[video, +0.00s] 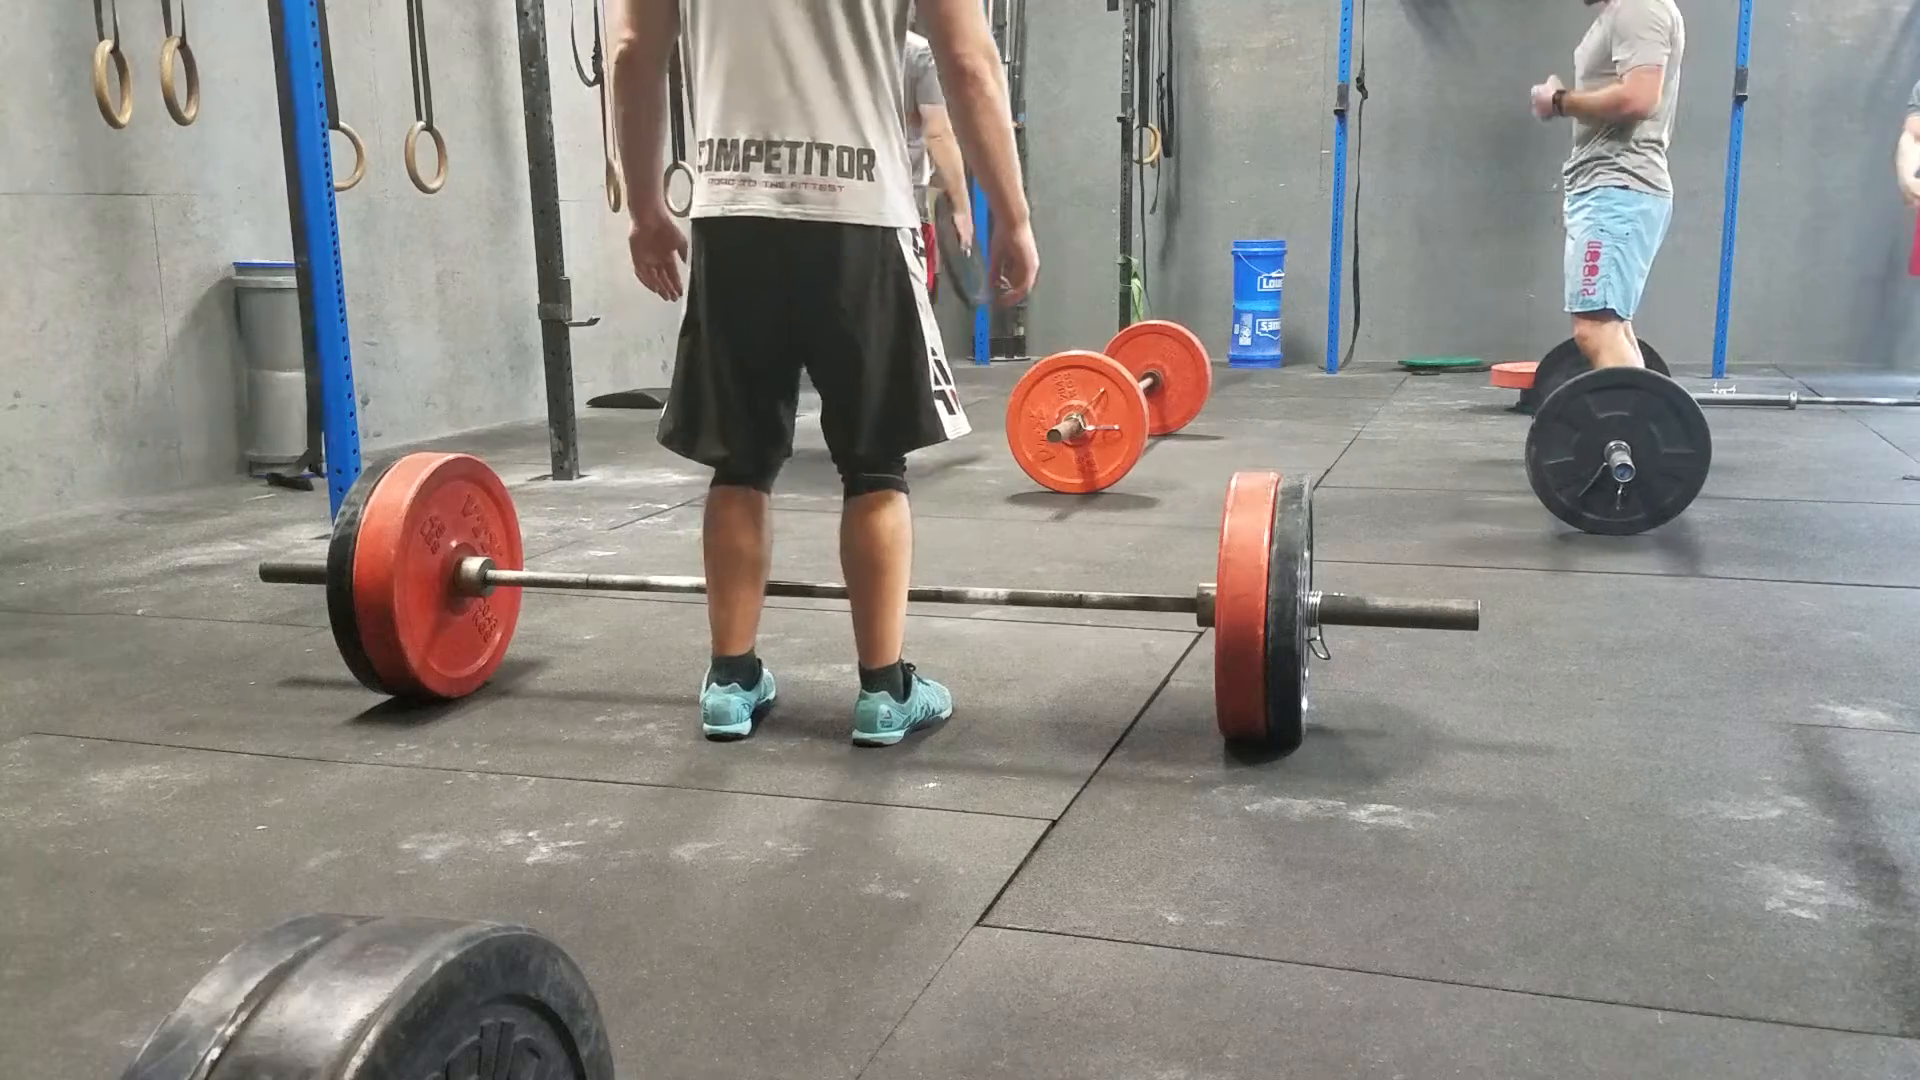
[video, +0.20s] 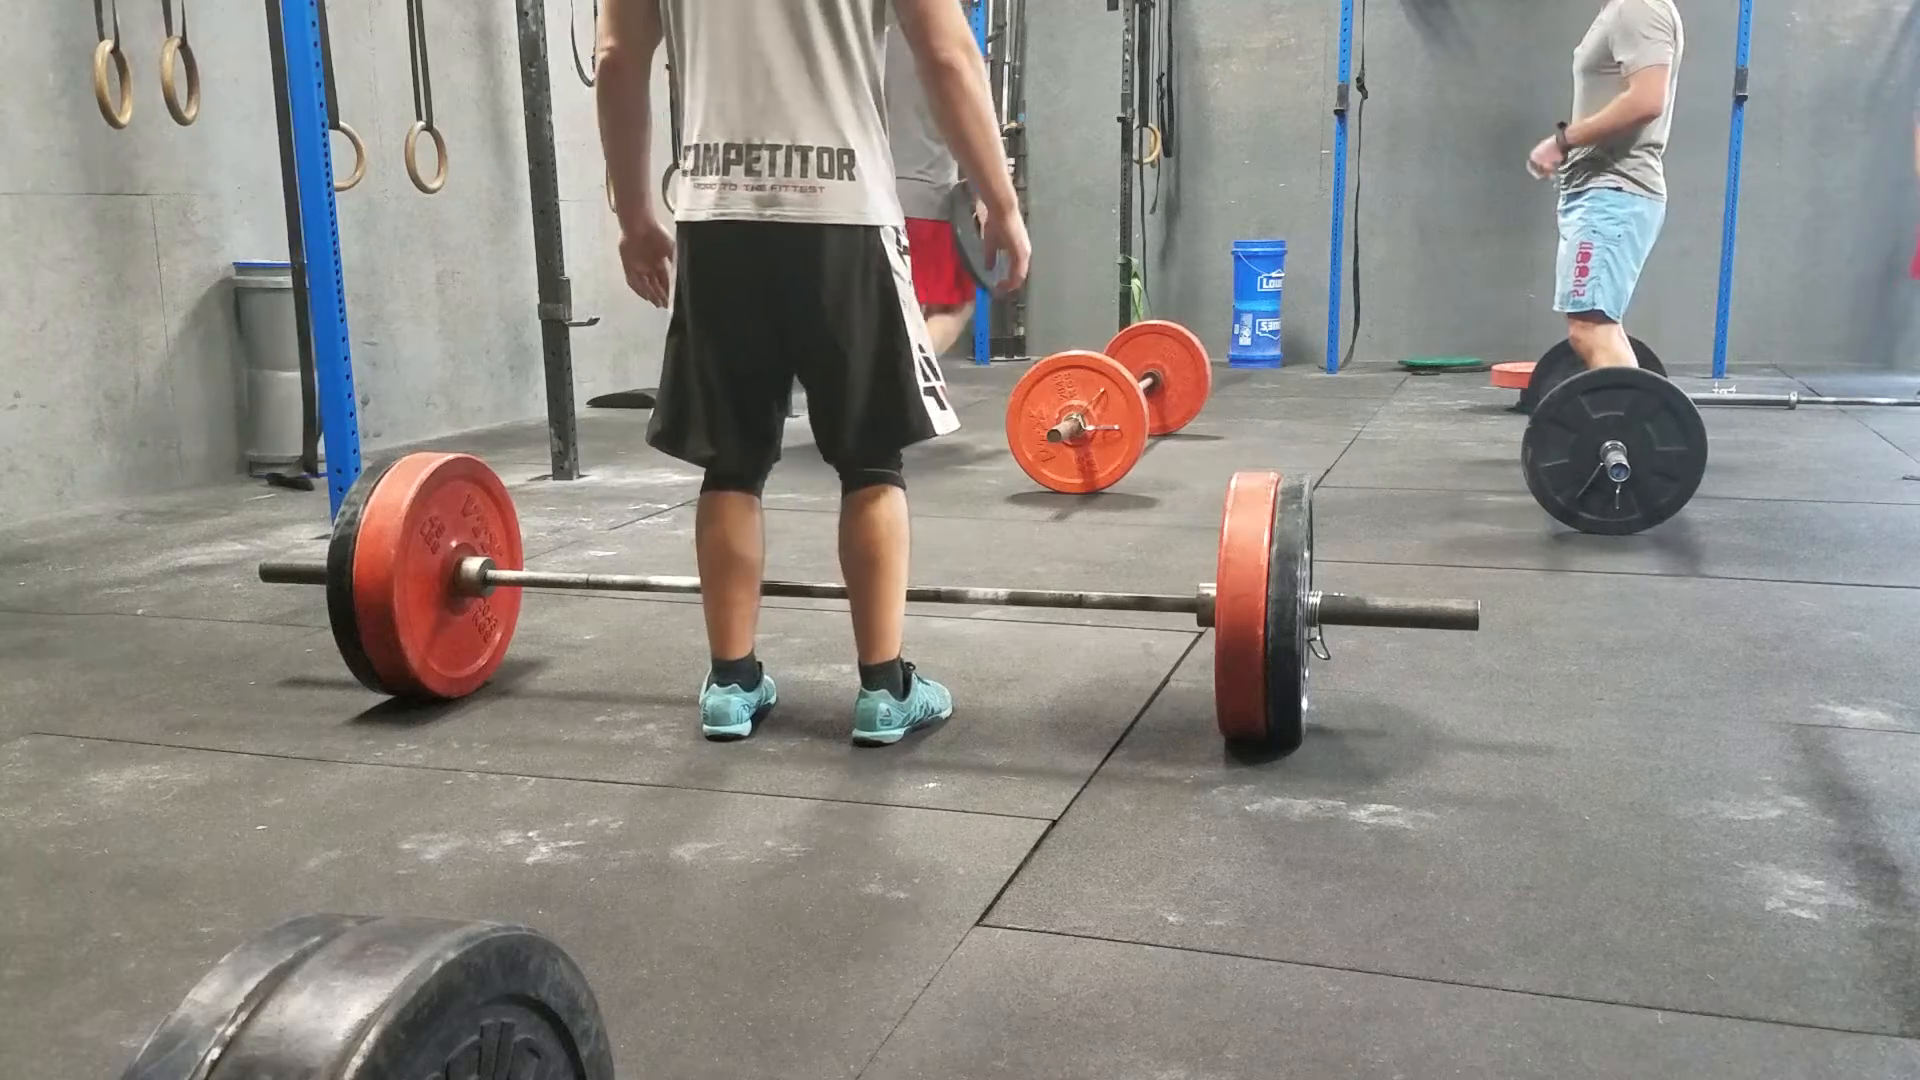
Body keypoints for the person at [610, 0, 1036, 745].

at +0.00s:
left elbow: (635, 49)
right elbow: (967, 60)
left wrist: (646, 206)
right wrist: (1011, 217)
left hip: (732, 216)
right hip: (860, 217)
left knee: (738, 464)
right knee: (875, 468)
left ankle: (729, 682)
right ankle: (884, 689)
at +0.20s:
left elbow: (619, 56)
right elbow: (947, 57)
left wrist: (634, 214)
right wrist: (1001, 203)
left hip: (715, 218)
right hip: (843, 218)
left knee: (729, 464)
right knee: (871, 463)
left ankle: (730, 681)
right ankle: (884, 686)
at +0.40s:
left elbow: (608, 58)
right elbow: (931, 58)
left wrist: (607, 218)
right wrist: (983, 207)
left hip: (710, 219)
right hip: (836, 219)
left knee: (728, 464)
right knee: (870, 461)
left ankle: (728, 681)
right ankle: (883, 684)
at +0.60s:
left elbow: (628, 53)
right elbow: (950, 57)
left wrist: (612, 209)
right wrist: (988, 218)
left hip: (728, 215)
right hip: (855, 216)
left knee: (737, 463)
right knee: (873, 464)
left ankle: (729, 681)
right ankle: (885, 685)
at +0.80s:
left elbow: (648, 55)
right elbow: (975, 63)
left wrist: (658, 204)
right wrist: (1016, 220)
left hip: (743, 217)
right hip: (867, 220)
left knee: (745, 461)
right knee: (878, 467)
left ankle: (734, 680)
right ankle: (884, 686)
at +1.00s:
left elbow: (645, 51)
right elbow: (974, 61)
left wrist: (666, 200)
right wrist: (1025, 207)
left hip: (738, 214)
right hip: (864, 217)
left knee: (743, 461)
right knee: (875, 465)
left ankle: (734, 680)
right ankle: (884, 686)